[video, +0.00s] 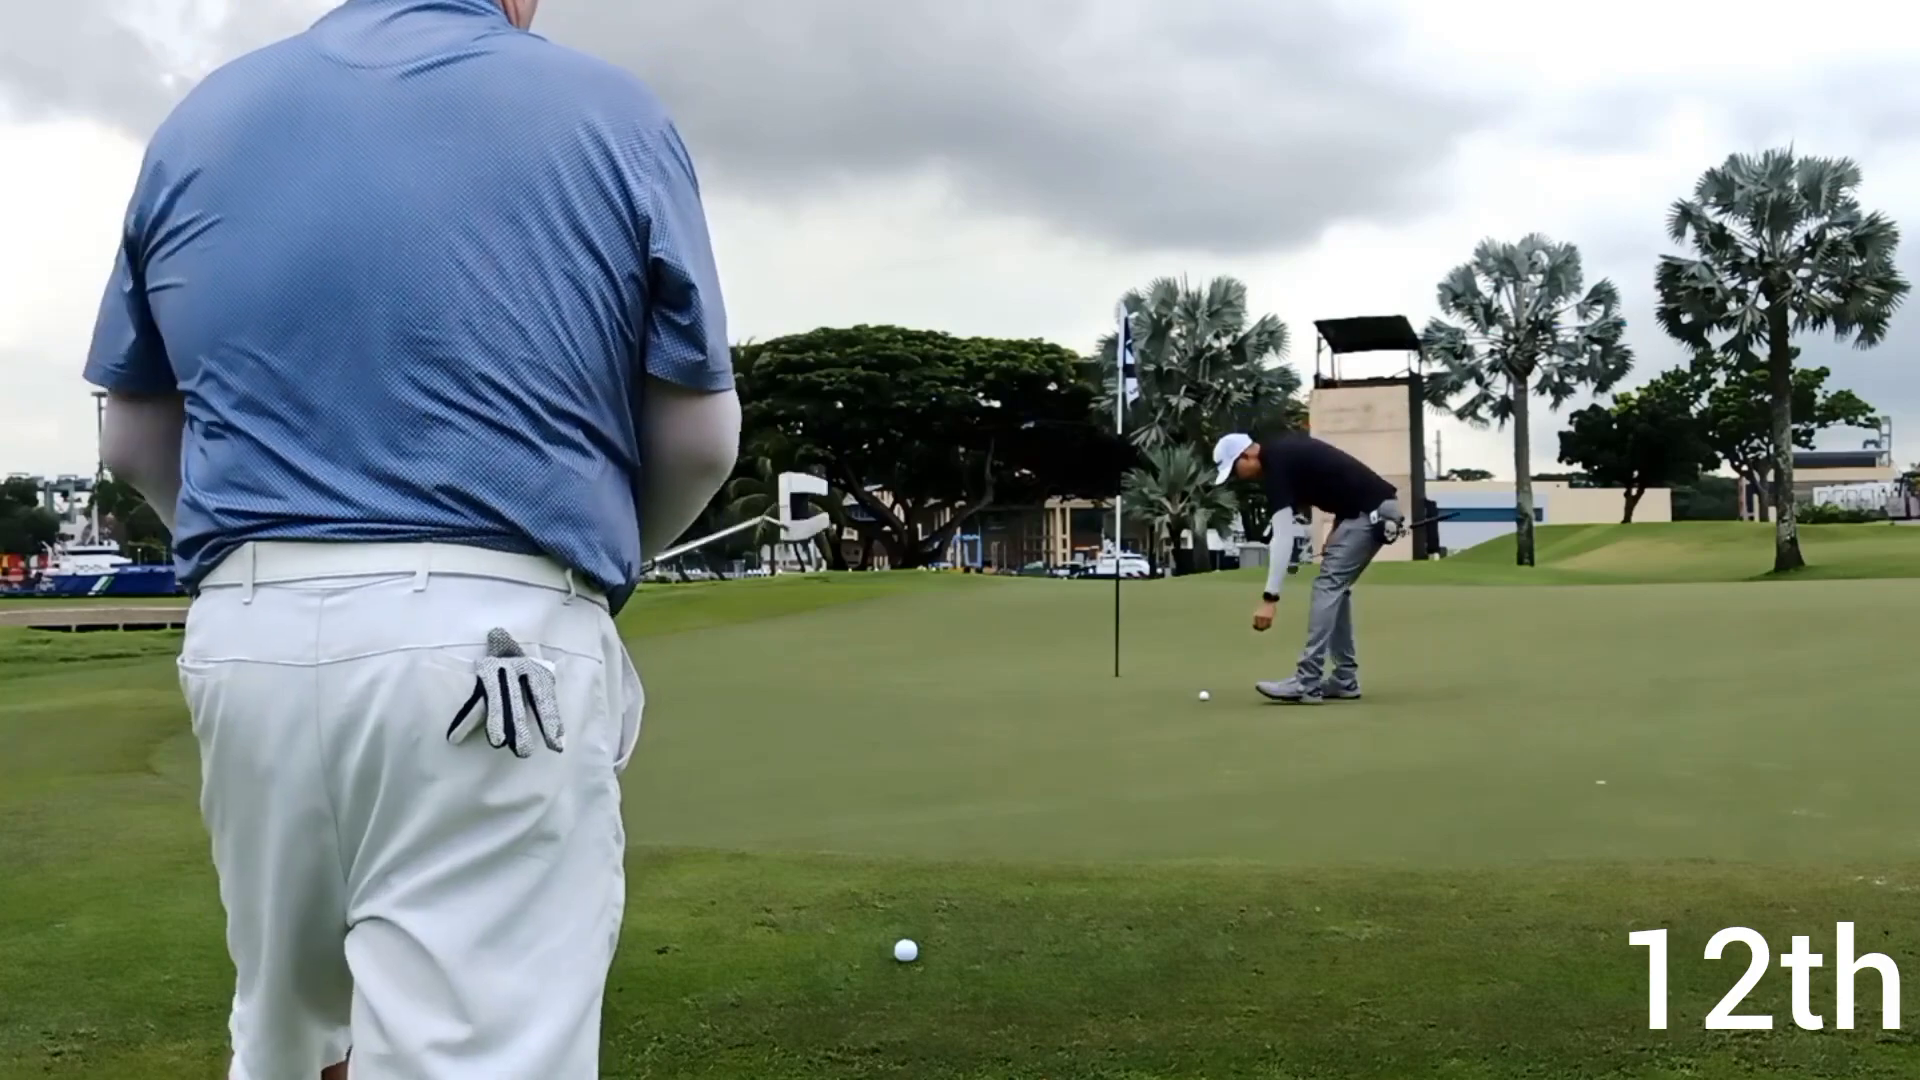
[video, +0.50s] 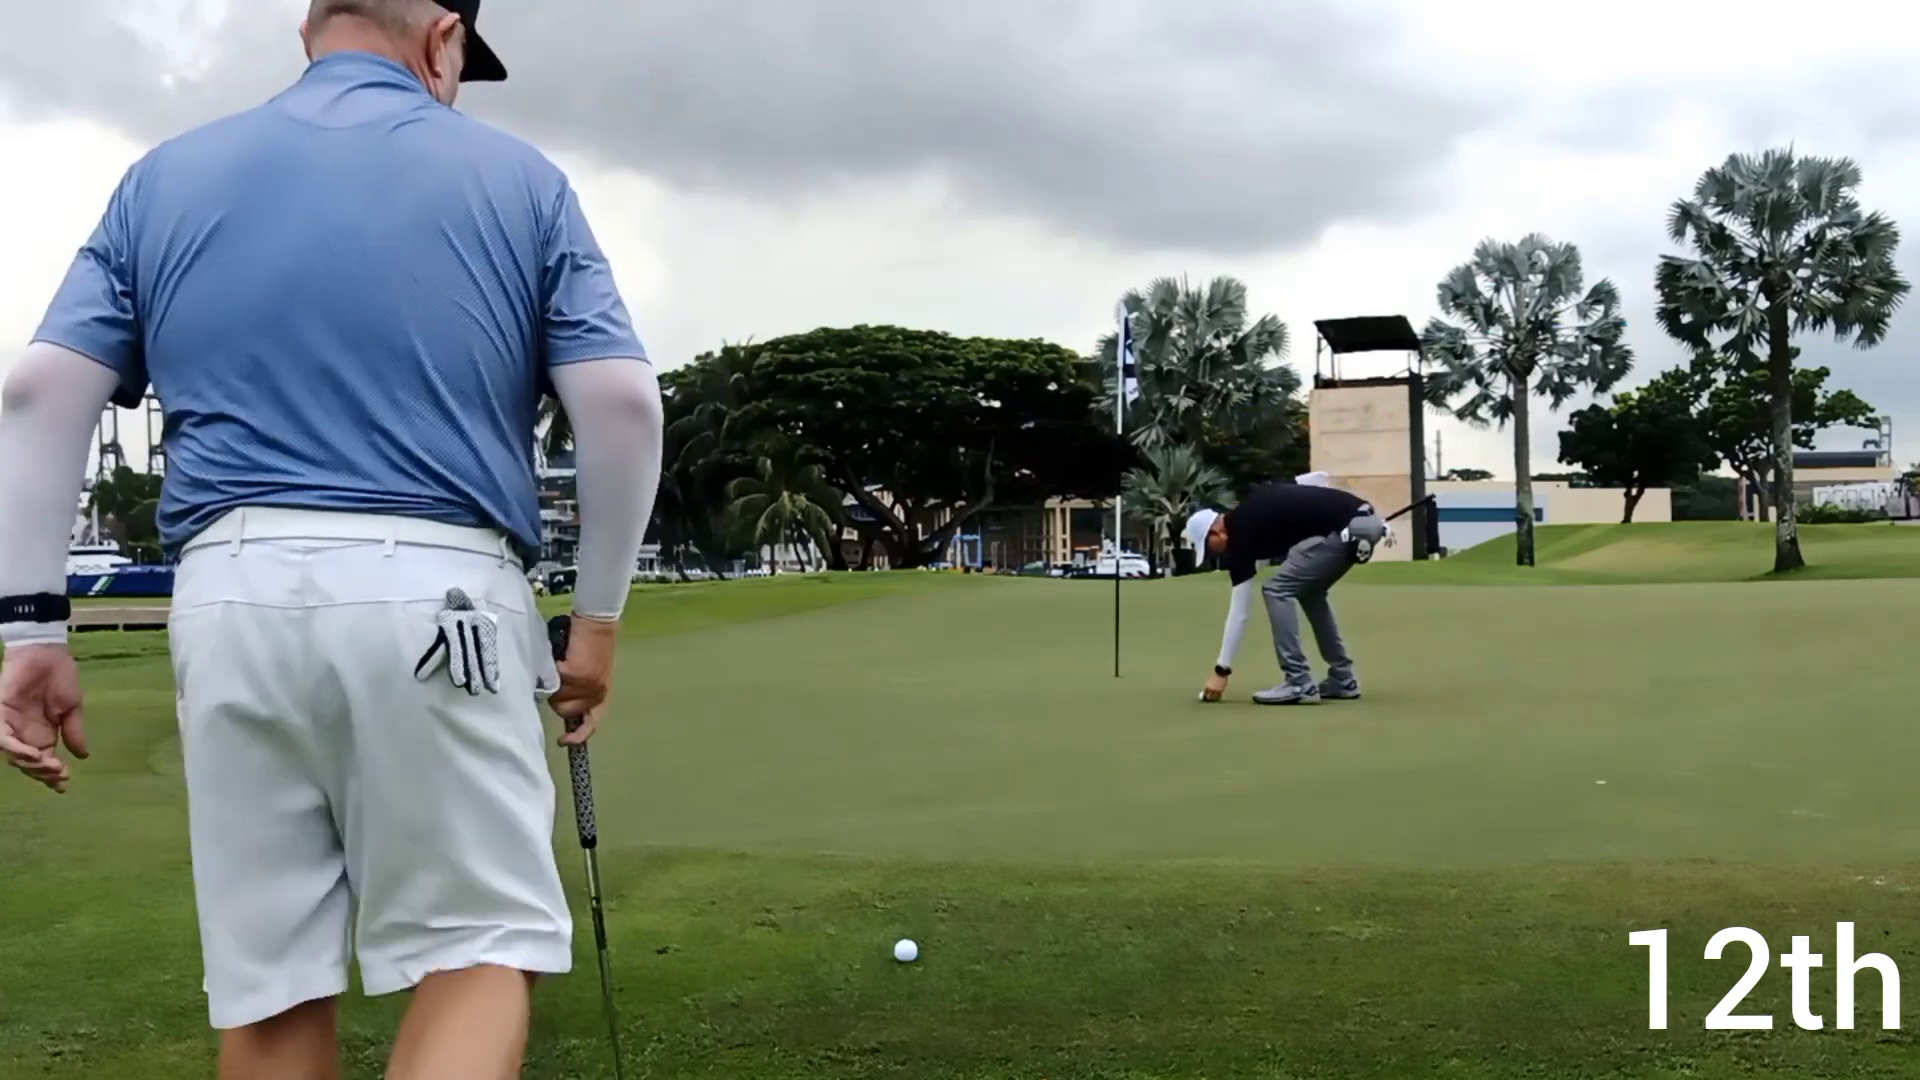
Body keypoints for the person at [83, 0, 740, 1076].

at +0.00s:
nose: (546, 22)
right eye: (546, 17)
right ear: (521, 4)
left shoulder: (206, 112)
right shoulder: (608, 108)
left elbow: (137, 436)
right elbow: (698, 439)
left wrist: (275, 536)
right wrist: (577, 552)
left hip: (250, 625)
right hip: (499, 620)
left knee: (286, 1043)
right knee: (473, 1055)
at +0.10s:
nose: (531, 39)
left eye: (535, 23)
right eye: (536, 21)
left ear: (367, 10)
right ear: (507, 11)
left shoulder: (200, 147)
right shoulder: (600, 139)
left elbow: (107, 452)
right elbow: (689, 457)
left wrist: (192, 668)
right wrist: (611, 587)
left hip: (252, 630)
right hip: (499, 623)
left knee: (287, 1037)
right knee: (466, 1052)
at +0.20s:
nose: (511, 74)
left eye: (518, 56)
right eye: (520, 49)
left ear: (347, 25)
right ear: (496, 26)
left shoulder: (196, 179)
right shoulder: (582, 172)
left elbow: (69, 444)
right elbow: (677, 468)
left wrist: (96, 701)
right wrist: (614, 629)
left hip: (241, 640)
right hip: (483, 634)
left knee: (288, 1028)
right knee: (447, 1059)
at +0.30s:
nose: (496, 84)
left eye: (502, 64)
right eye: (500, 58)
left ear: (333, 38)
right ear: (474, 46)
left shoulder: (186, 187)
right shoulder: (561, 190)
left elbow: (49, 418)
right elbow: (662, 456)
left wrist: (30, 673)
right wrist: (613, 659)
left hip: (235, 625)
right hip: (468, 627)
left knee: (286, 1008)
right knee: (437, 1046)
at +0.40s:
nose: (478, 82)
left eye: (482, 63)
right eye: (479, 56)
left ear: (318, 39)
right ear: (454, 45)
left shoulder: (175, 179)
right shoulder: (537, 187)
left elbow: (45, 391)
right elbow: (637, 424)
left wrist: (17, 639)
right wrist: (601, 649)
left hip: (229, 612)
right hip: (453, 615)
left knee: (278, 1000)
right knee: (460, 1003)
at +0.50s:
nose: (462, 82)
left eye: (468, 64)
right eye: (466, 57)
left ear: (309, 37)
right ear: (439, 44)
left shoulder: (168, 173)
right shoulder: (517, 176)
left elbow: (45, 386)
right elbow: (621, 398)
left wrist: (32, 624)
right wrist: (598, 615)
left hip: (226, 593)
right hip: (441, 590)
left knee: (270, 989)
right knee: (472, 948)